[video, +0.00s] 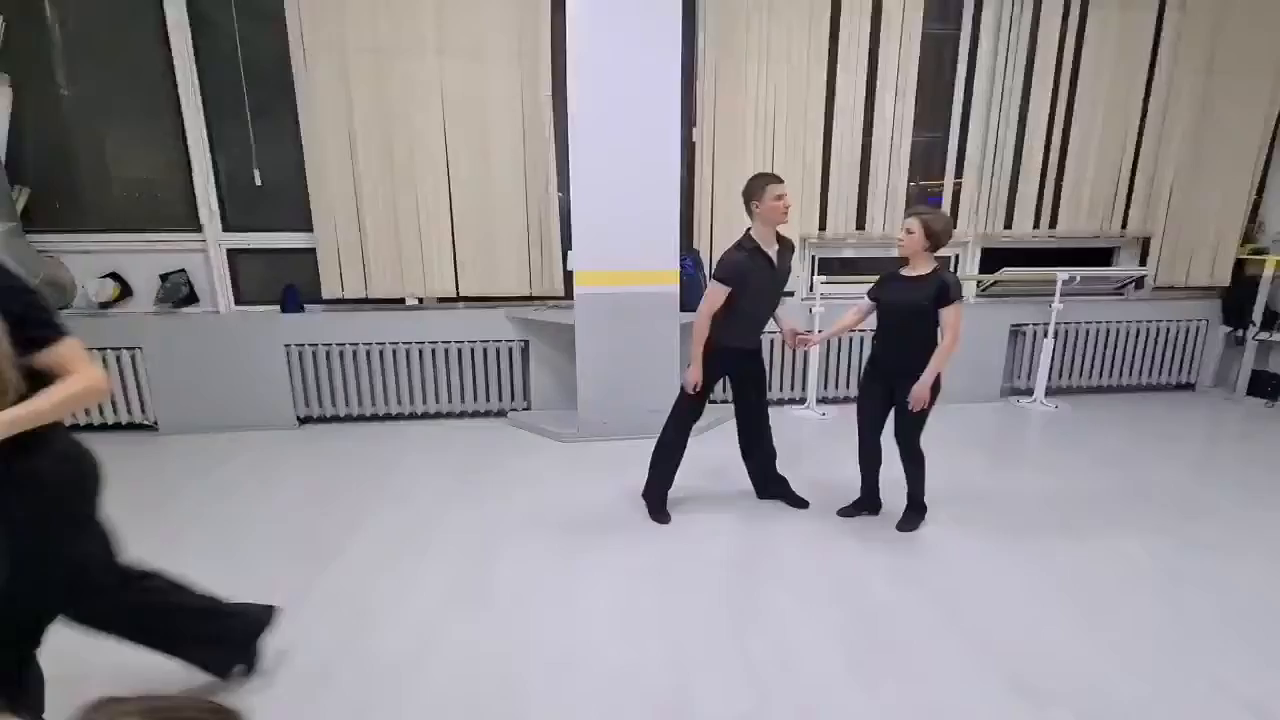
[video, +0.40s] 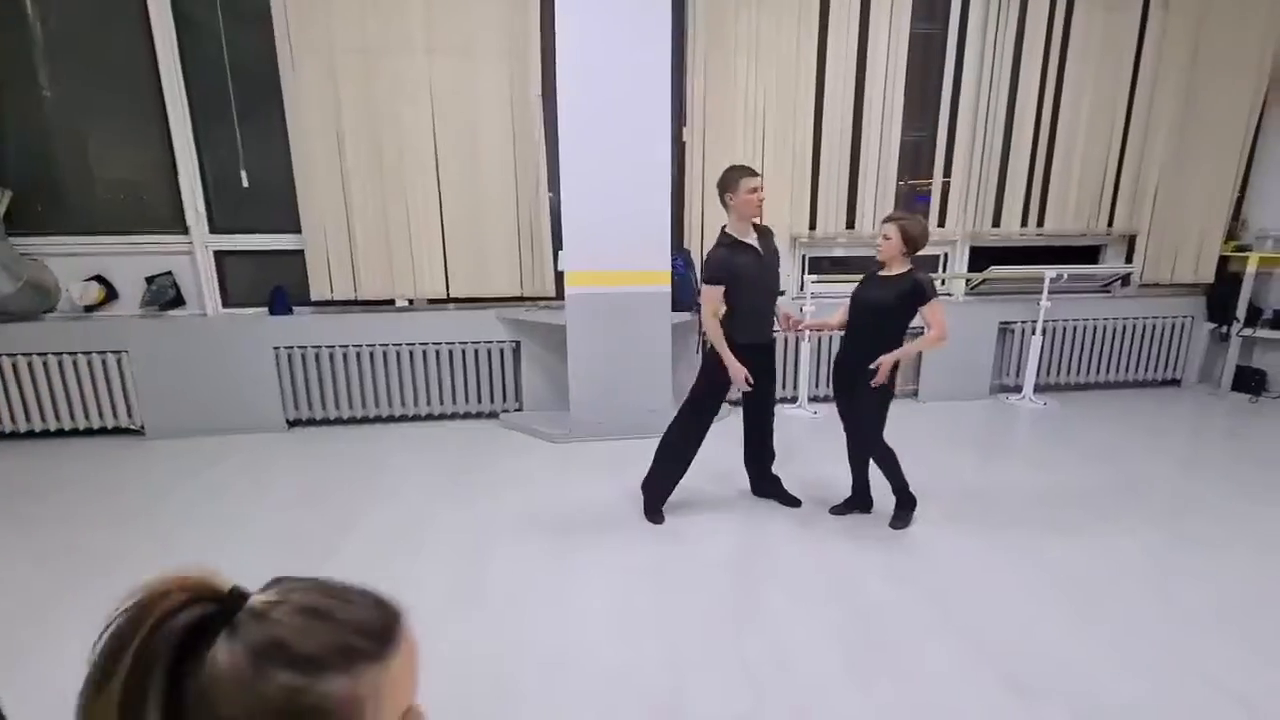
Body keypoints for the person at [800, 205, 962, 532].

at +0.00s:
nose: (901, 237)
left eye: (909, 232)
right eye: (902, 231)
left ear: (929, 241)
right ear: (906, 236)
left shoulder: (944, 283)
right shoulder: (890, 278)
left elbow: (950, 340)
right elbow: (858, 314)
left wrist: (925, 382)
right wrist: (820, 337)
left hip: (916, 375)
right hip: (880, 369)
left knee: (907, 440)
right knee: (867, 433)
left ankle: (916, 505)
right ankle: (869, 498)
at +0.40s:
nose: (879, 243)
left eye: (886, 238)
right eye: (880, 237)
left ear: (906, 246)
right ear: (887, 242)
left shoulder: (917, 281)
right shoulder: (873, 275)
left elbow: (939, 333)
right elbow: (846, 319)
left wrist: (894, 356)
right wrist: (809, 323)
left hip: (878, 370)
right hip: (846, 365)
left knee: (871, 439)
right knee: (853, 435)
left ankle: (904, 498)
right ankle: (860, 496)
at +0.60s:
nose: (877, 241)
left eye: (884, 236)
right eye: (877, 235)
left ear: (904, 243)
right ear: (877, 239)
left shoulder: (913, 281)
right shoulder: (864, 277)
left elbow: (927, 328)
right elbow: (836, 315)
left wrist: (890, 308)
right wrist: (807, 312)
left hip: (885, 372)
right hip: (848, 367)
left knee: (879, 437)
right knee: (849, 434)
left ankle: (910, 497)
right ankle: (855, 495)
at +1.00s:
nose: (899, 247)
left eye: (906, 242)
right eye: (899, 241)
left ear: (927, 247)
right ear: (904, 245)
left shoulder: (946, 281)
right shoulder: (895, 283)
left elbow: (962, 310)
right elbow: (857, 311)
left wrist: (926, 320)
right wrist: (818, 305)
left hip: (934, 376)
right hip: (894, 370)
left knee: (920, 441)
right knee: (858, 425)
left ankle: (922, 503)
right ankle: (850, 491)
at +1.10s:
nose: (903, 247)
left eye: (910, 242)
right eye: (903, 241)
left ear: (931, 246)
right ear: (907, 244)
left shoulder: (952, 282)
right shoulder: (898, 284)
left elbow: (977, 305)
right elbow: (859, 307)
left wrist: (969, 327)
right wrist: (820, 303)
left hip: (945, 374)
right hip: (906, 366)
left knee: (922, 438)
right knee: (863, 417)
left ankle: (920, 500)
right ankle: (851, 485)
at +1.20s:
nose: (905, 248)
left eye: (912, 241)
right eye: (905, 241)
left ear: (934, 245)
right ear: (908, 243)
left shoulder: (955, 281)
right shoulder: (897, 283)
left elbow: (993, 302)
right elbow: (856, 304)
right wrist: (815, 302)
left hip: (953, 373)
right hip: (913, 367)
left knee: (925, 436)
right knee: (872, 417)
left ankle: (919, 499)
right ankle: (860, 486)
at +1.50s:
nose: (894, 249)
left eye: (901, 243)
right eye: (893, 243)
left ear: (923, 248)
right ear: (894, 245)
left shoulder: (946, 283)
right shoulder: (884, 285)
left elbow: (983, 307)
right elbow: (841, 302)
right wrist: (793, 300)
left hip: (940, 375)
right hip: (900, 370)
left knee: (912, 437)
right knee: (861, 421)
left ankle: (911, 500)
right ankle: (873, 485)